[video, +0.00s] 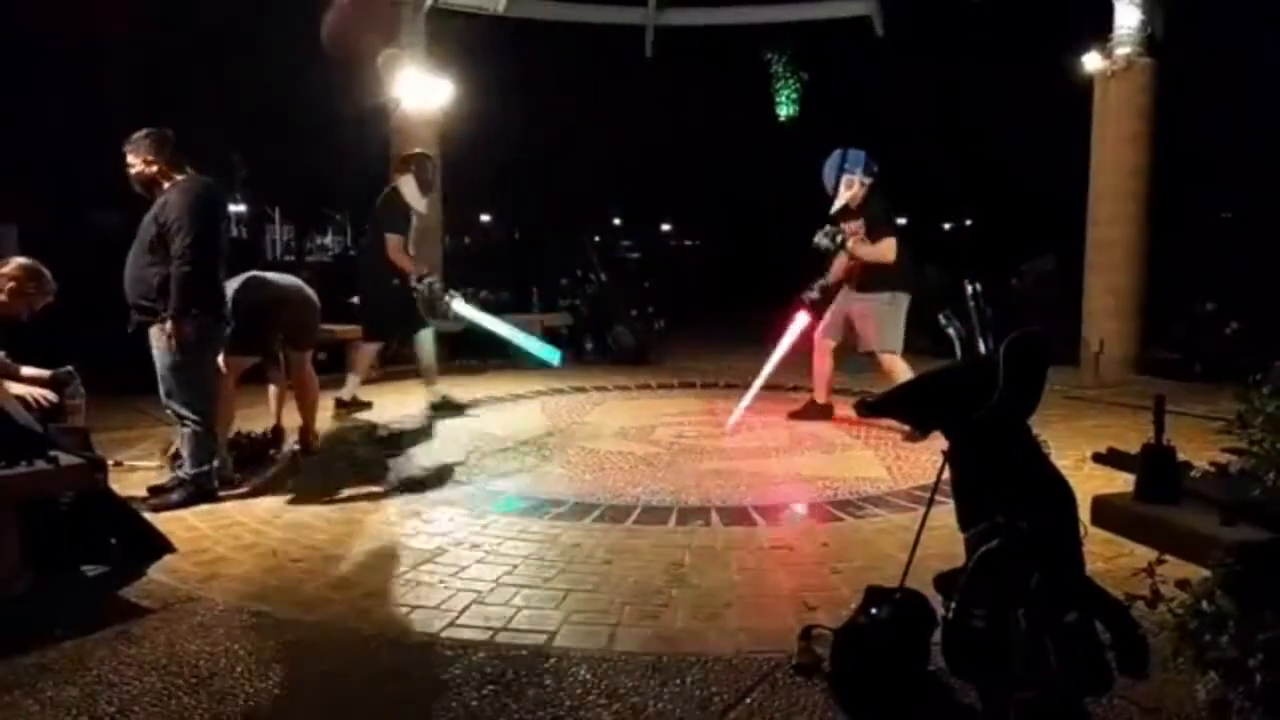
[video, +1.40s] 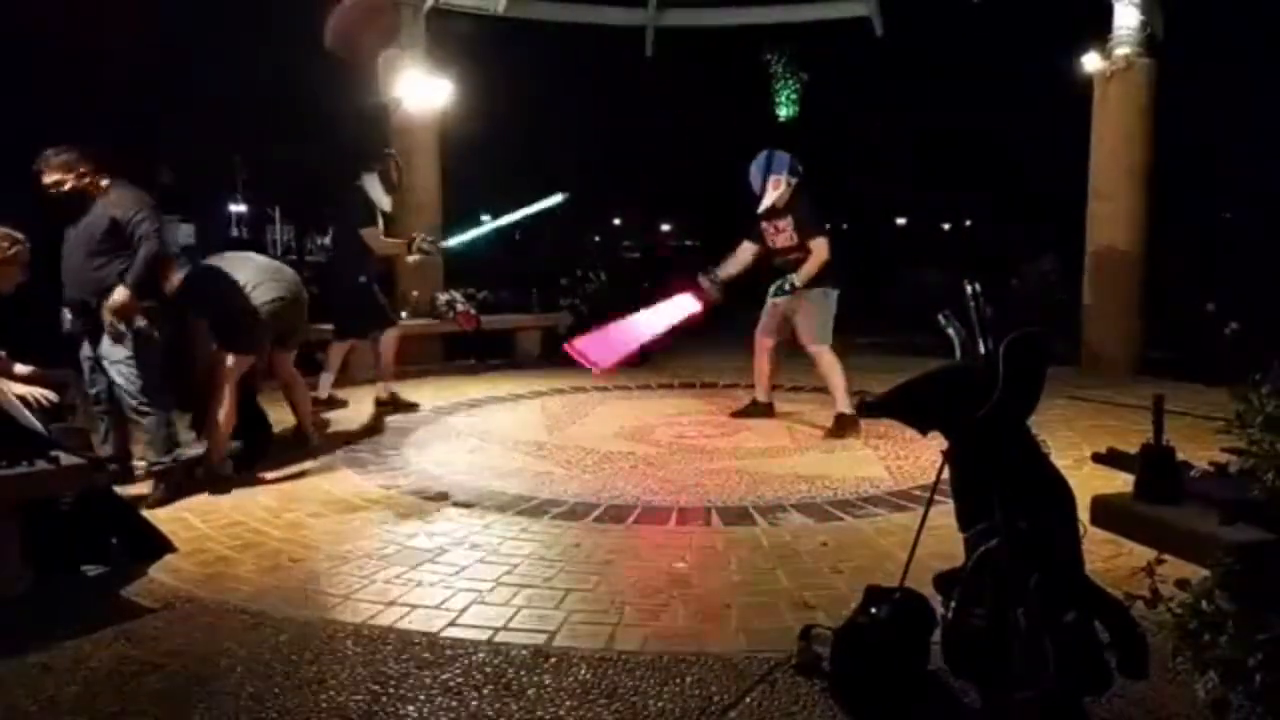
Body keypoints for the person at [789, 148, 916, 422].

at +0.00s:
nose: (846, 191)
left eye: (850, 184)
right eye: (842, 184)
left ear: (862, 182)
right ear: (838, 182)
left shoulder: (878, 207)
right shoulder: (843, 211)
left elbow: (888, 253)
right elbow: (844, 257)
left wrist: (846, 244)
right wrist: (824, 286)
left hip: (885, 291)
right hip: (852, 288)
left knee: (887, 357)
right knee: (824, 339)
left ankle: (923, 411)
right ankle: (820, 402)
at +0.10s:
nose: (837, 190)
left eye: (841, 183)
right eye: (833, 183)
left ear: (852, 182)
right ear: (829, 183)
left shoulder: (869, 207)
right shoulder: (836, 213)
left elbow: (890, 247)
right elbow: (825, 248)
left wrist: (852, 246)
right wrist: (801, 270)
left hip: (880, 292)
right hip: (848, 290)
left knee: (888, 353)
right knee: (827, 343)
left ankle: (922, 411)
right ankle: (826, 400)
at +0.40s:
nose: (808, 184)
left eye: (811, 177)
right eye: (807, 178)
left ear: (824, 175)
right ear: (809, 176)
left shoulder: (844, 199)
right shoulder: (814, 204)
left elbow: (858, 243)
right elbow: (810, 239)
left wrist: (834, 274)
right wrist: (779, 241)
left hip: (860, 280)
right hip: (831, 280)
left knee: (860, 340)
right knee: (819, 336)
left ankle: (880, 396)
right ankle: (826, 399)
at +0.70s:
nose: (808, 195)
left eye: (811, 188)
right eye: (806, 189)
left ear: (823, 185)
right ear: (807, 188)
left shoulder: (844, 209)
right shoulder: (811, 214)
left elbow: (845, 256)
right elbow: (813, 249)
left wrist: (807, 261)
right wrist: (787, 248)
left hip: (851, 291)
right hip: (821, 286)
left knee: (849, 351)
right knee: (783, 325)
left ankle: (866, 397)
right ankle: (795, 387)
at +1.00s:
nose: (767, 195)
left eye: (771, 188)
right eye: (765, 189)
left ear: (783, 186)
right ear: (765, 187)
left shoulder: (804, 209)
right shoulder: (773, 213)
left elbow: (810, 254)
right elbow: (776, 253)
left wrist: (777, 268)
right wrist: (746, 263)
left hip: (822, 292)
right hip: (789, 289)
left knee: (829, 352)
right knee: (767, 338)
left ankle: (862, 394)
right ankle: (763, 401)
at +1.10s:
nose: (759, 193)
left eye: (764, 186)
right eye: (757, 187)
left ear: (776, 185)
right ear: (759, 187)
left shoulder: (796, 208)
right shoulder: (762, 219)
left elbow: (805, 254)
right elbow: (745, 259)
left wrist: (772, 276)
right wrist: (710, 261)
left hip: (817, 288)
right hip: (785, 288)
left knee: (822, 349)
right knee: (764, 338)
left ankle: (857, 394)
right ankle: (762, 401)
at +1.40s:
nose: (771, 191)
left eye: (776, 184)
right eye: (767, 185)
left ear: (788, 182)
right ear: (760, 184)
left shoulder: (804, 208)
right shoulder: (763, 215)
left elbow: (821, 252)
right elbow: (747, 250)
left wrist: (797, 279)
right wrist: (718, 276)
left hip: (816, 285)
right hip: (783, 285)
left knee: (816, 345)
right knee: (763, 340)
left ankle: (845, 412)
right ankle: (761, 401)